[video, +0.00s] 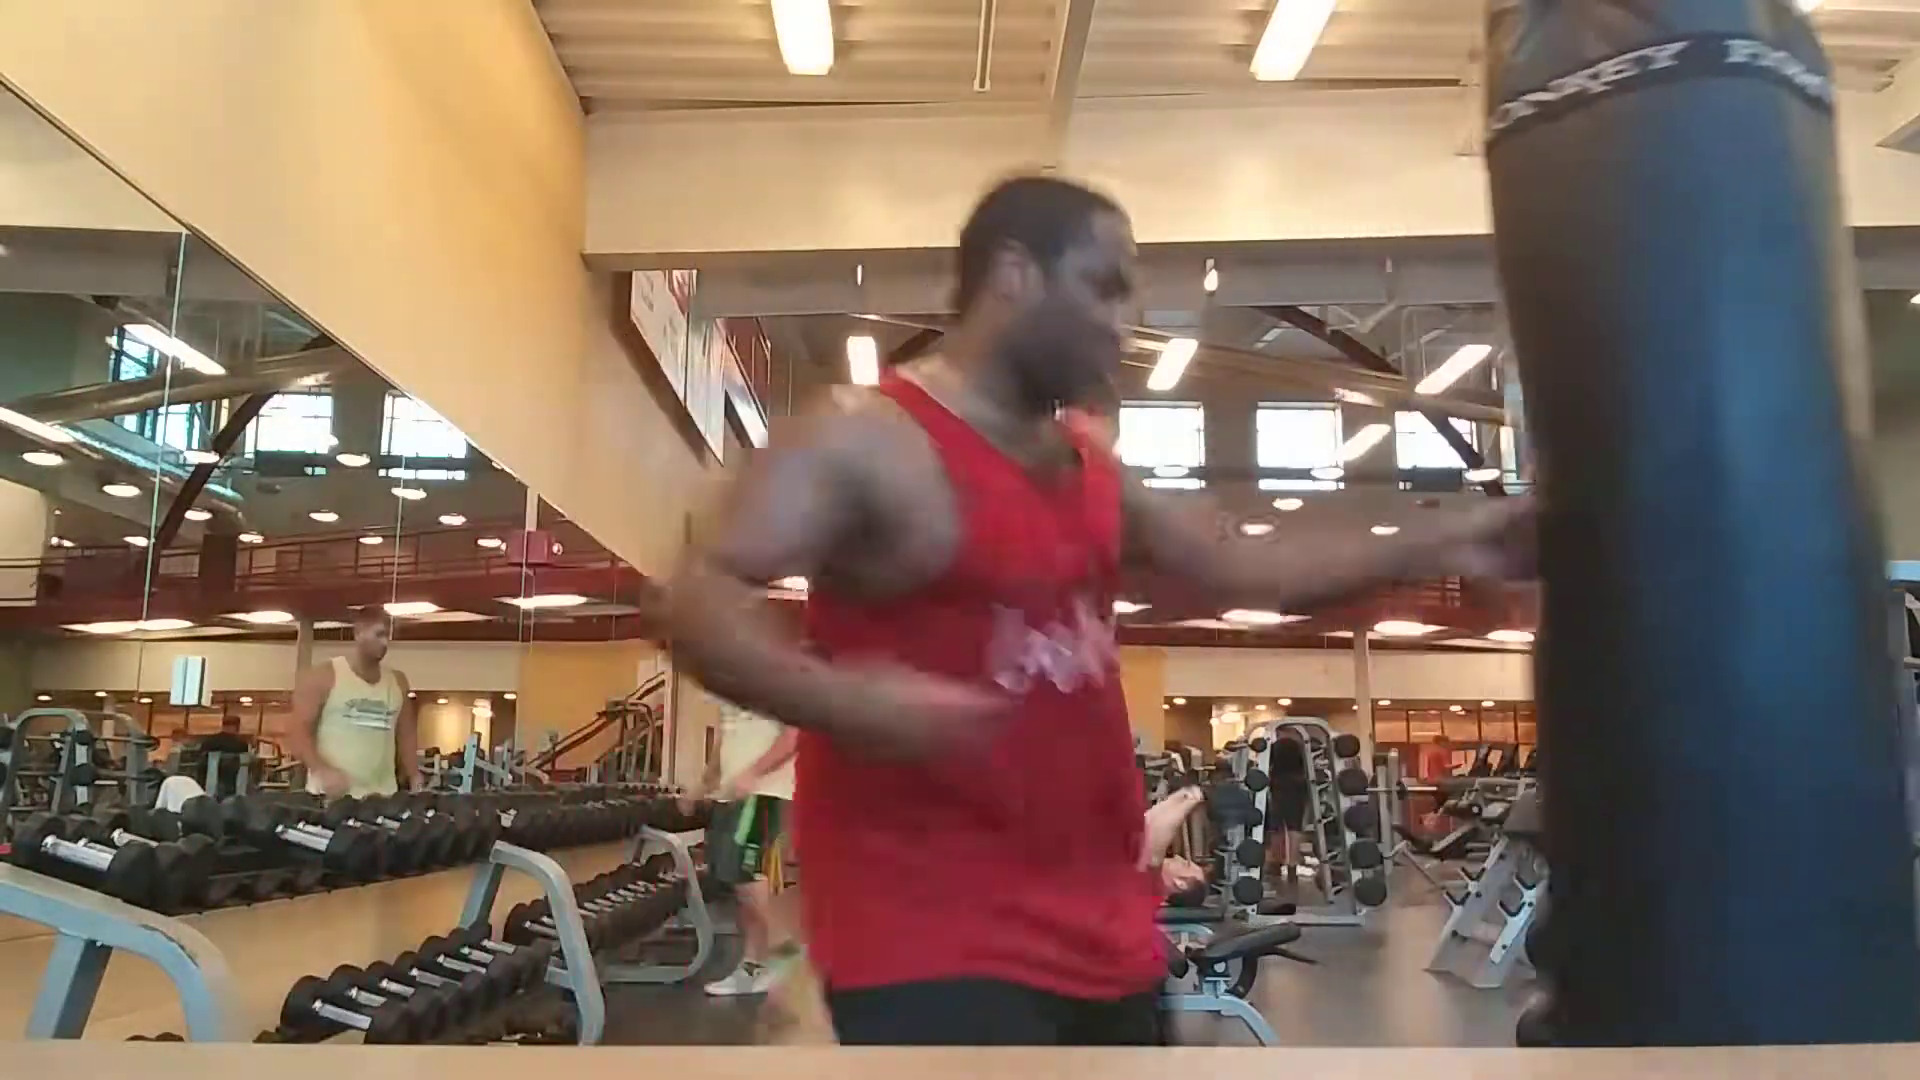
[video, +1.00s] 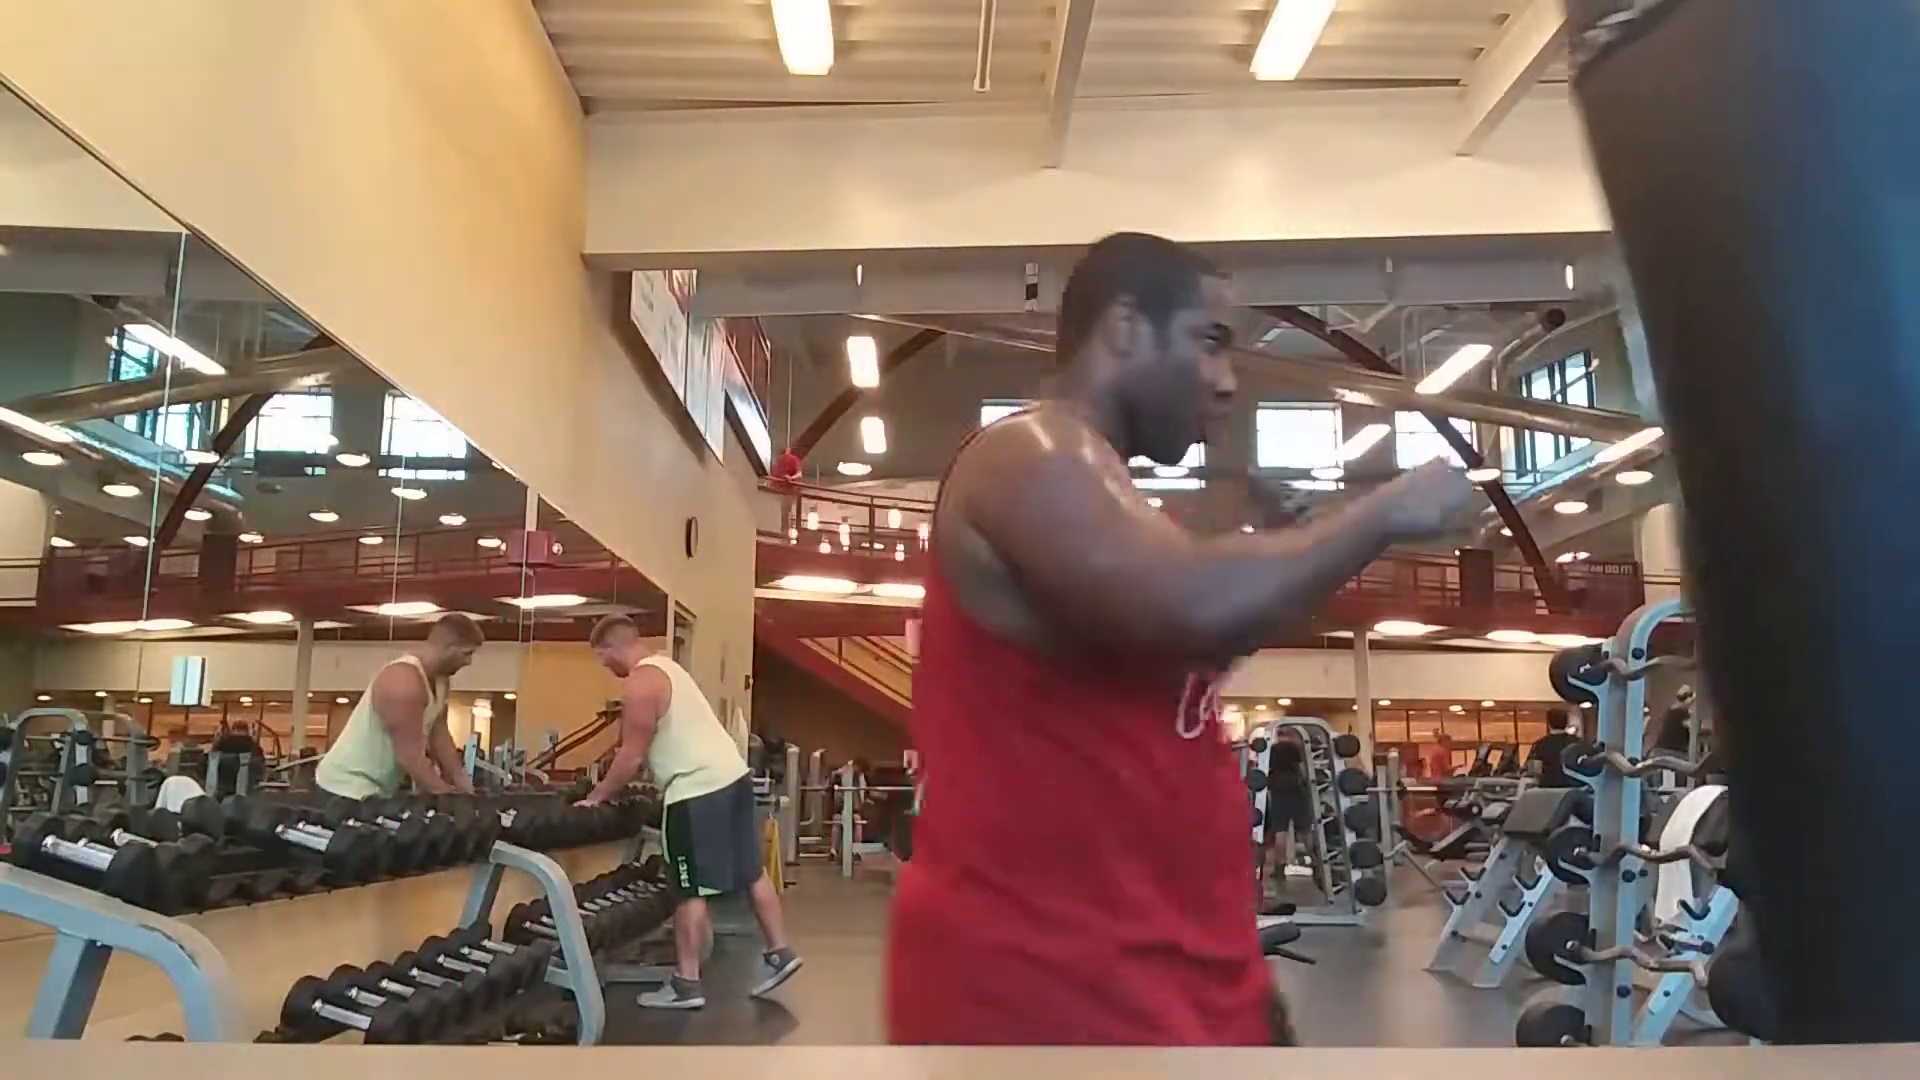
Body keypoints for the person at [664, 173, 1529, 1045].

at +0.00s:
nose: (1133, 324)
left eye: (1134, 299)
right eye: (1110, 288)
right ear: (1011, 275)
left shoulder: (1087, 472)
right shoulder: (860, 440)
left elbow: (1249, 560)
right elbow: (688, 598)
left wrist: (1462, 539)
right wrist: (856, 700)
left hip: (1105, 947)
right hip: (939, 957)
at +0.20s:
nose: (1048, 286)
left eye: (1054, 264)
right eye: (1027, 253)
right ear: (932, 233)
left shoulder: (1036, 433)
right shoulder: (795, 392)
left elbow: (1137, 614)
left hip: (1155, 759)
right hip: (1009, 906)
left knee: (1390, 723)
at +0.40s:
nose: (1060, 314)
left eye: (1063, 290)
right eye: (1041, 276)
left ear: (948, 262)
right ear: (941, 255)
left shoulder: (994, 445)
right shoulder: (824, 429)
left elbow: (1112, 596)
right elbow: (1092, 520)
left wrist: (1240, 627)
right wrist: (1174, 367)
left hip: (1165, 747)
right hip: (1067, 926)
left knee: (1448, 742)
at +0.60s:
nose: (1113, 295)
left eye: (1110, 264)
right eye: (1092, 257)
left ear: (999, 246)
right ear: (994, 243)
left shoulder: (1063, 435)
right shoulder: (869, 425)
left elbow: (1162, 591)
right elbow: (1049, 559)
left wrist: (1299, 517)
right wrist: (1179, 424)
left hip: (1220, 871)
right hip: (1076, 963)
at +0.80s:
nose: (1216, 309)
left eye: (1215, 281)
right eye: (1199, 272)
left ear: (1115, 265)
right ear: (1108, 257)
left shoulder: (1137, 456)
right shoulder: (1007, 404)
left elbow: (1240, 621)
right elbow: (1139, 591)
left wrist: (1318, 479)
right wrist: (1321, 488)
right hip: (1084, 963)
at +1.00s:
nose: (1227, 381)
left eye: (1227, 350)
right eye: (1210, 341)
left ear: (1131, 336)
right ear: (1124, 330)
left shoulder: (1109, 488)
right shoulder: (1030, 456)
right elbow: (1184, 606)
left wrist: (1342, 513)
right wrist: (1379, 515)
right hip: (1062, 990)